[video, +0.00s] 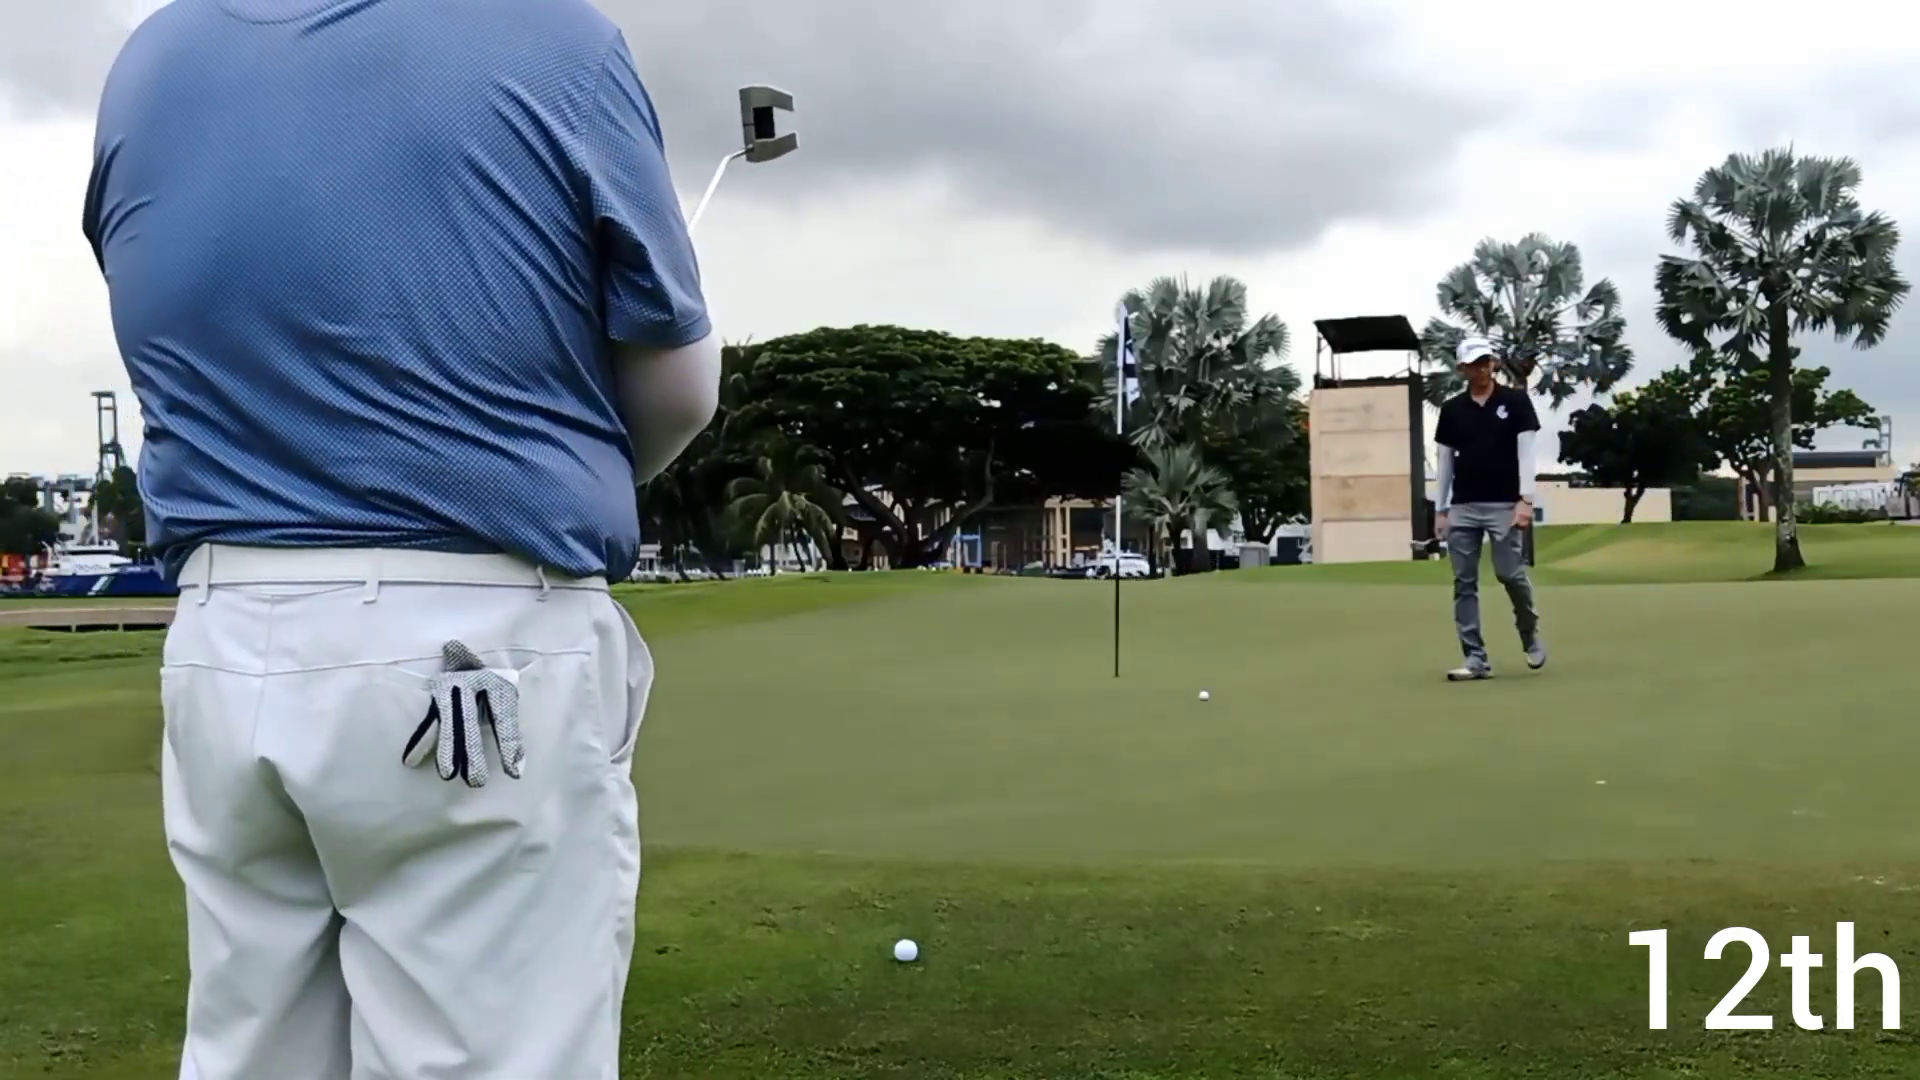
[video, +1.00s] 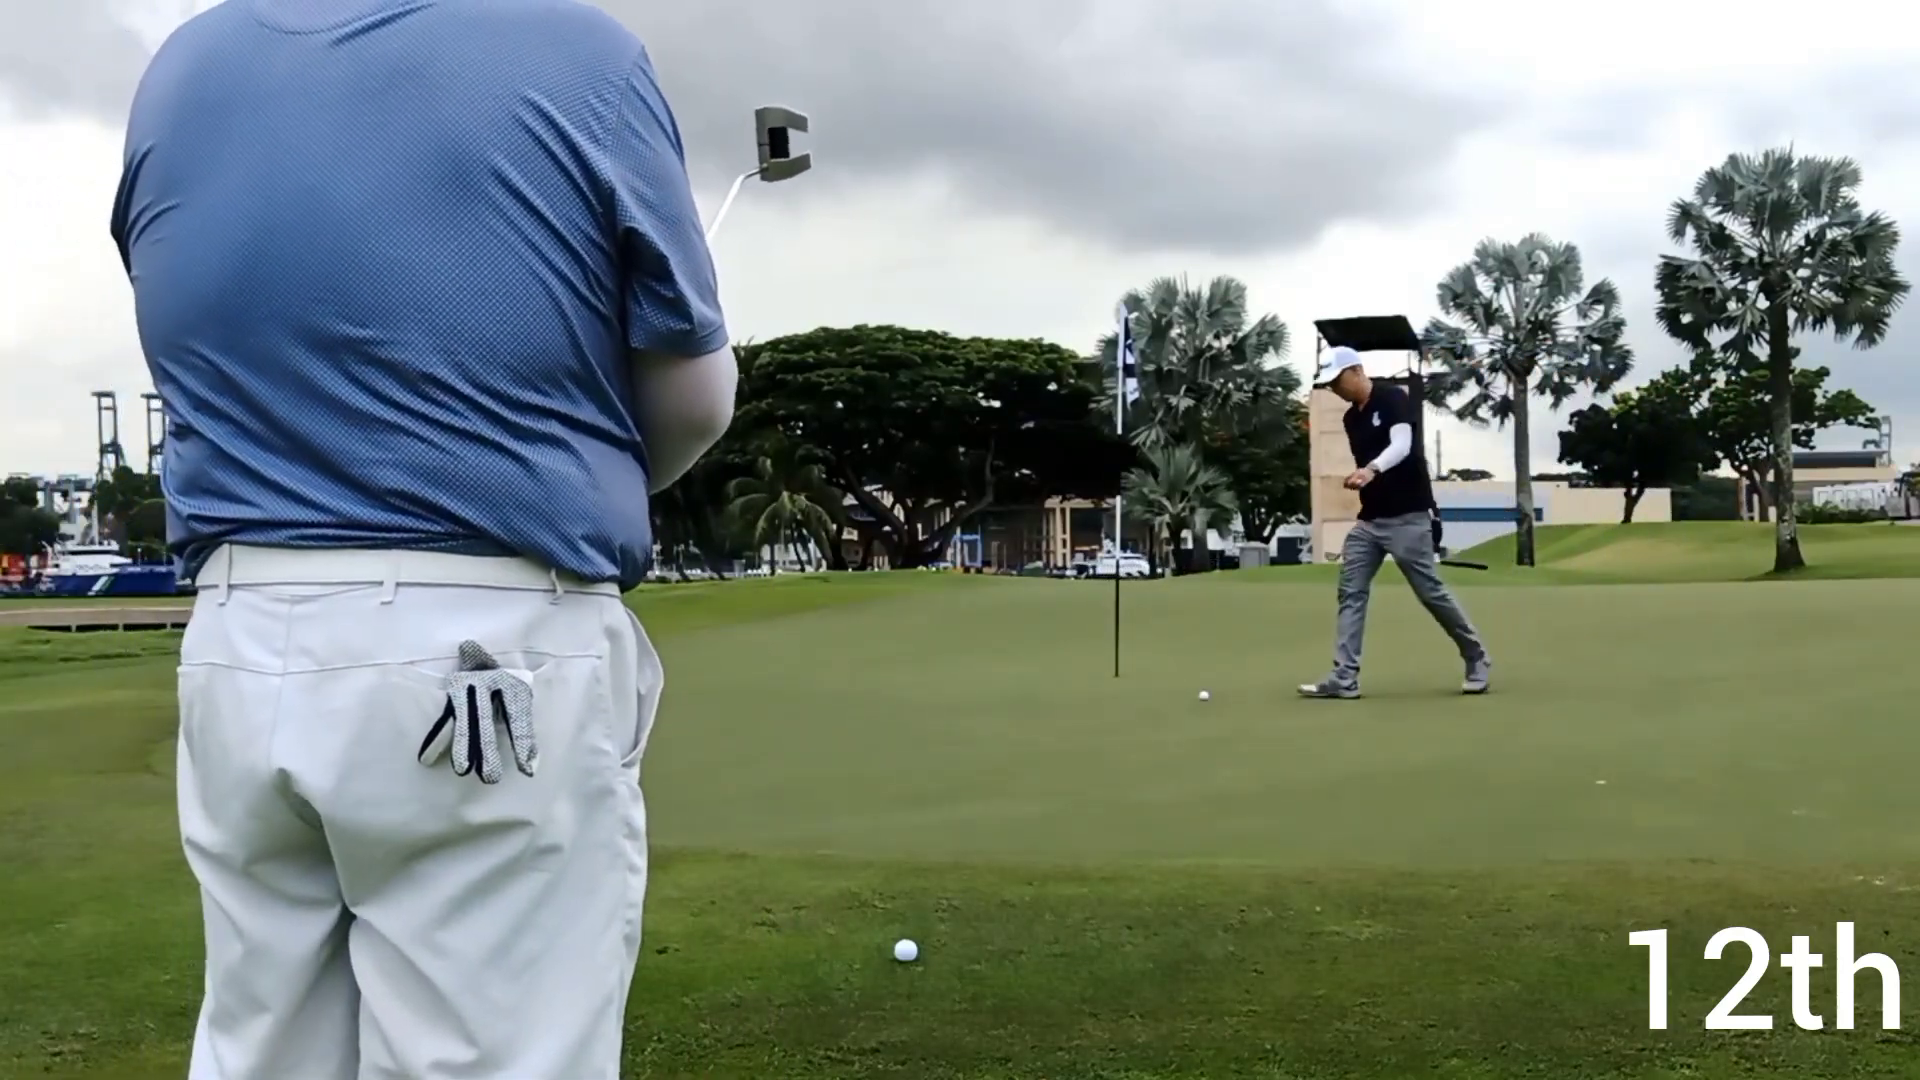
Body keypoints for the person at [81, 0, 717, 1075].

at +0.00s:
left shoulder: (156, 46)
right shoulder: (559, 34)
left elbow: (157, 321)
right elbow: (677, 386)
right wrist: (550, 486)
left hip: (229, 616)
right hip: (487, 621)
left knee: (246, 1059)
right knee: (497, 1059)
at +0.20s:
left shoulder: (163, 50)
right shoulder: (567, 37)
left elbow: (164, 332)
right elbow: (681, 388)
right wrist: (563, 486)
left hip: (235, 617)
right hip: (493, 621)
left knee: (250, 1058)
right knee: (501, 1059)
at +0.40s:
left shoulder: (169, 52)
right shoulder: (571, 39)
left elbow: (173, 332)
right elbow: (684, 389)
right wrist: (559, 492)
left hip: (236, 617)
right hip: (492, 621)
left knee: (252, 1059)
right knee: (502, 1059)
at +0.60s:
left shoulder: (173, 53)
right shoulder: (573, 41)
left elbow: (176, 334)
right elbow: (683, 390)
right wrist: (561, 494)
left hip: (238, 617)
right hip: (494, 622)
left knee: (254, 1058)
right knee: (502, 1057)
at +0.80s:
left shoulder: (178, 53)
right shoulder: (575, 42)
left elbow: (175, 326)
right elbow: (684, 392)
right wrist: (560, 495)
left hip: (238, 616)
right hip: (493, 621)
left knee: (252, 1058)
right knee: (499, 1058)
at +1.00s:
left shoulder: (187, 57)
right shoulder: (582, 46)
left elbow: (183, 331)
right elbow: (691, 393)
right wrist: (565, 494)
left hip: (245, 616)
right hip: (501, 621)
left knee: (257, 1058)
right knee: (503, 1058)